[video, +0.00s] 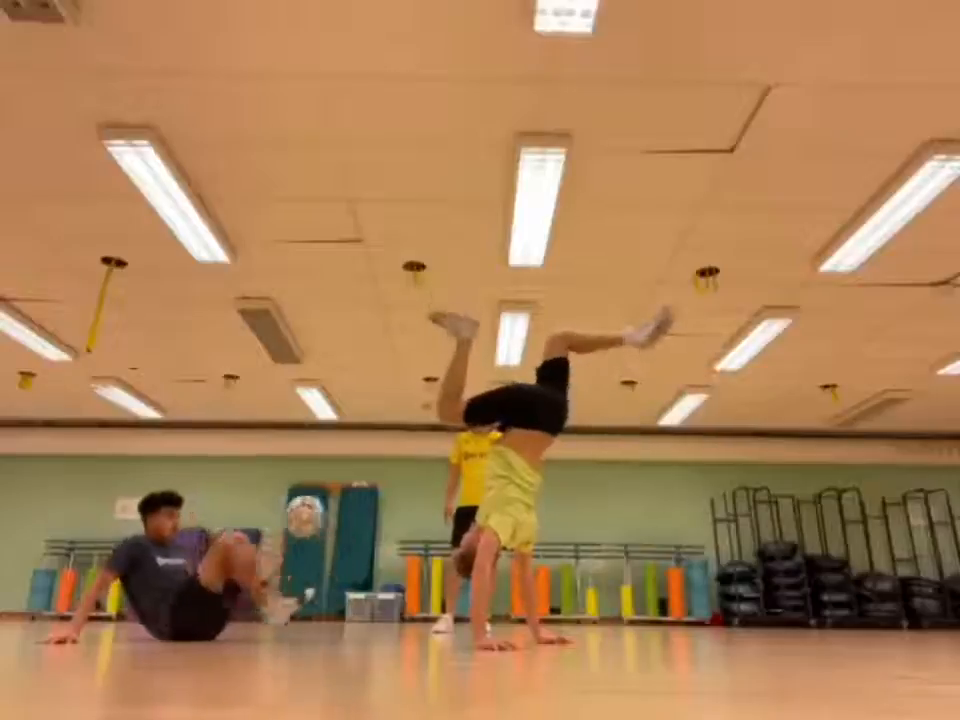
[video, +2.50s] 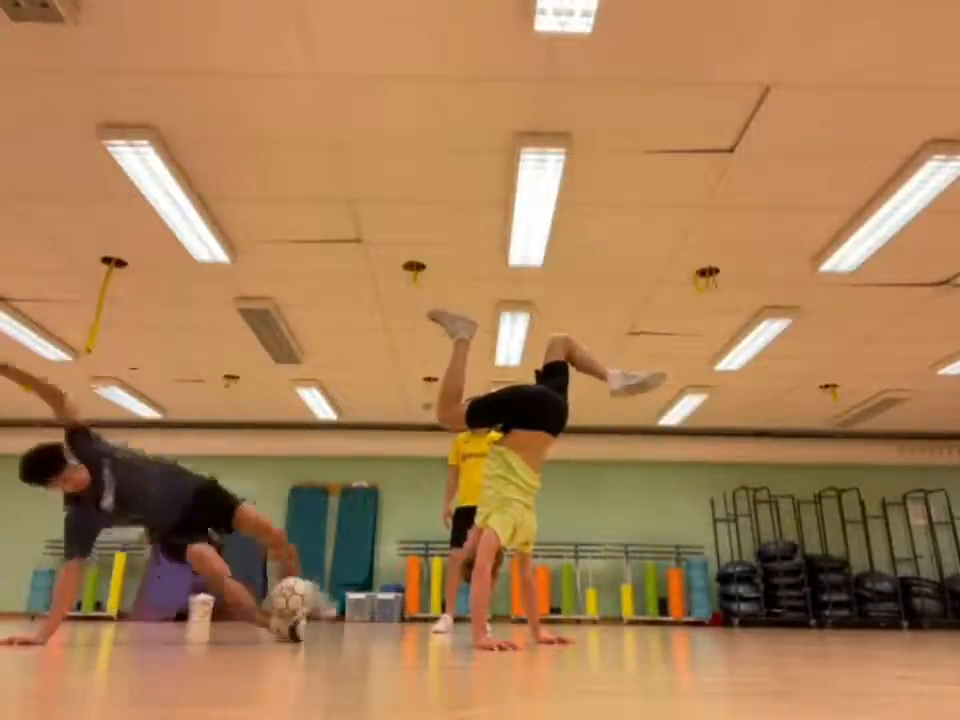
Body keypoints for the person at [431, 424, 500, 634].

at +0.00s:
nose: (478, 425)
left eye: (483, 420)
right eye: (474, 420)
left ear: (493, 418)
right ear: (468, 419)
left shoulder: (500, 439)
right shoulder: (463, 439)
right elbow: (454, 472)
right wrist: (449, 501)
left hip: (493, 504)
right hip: (467, 504)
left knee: (488, 564)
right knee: (456, 560)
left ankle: (484, 618)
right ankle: (449, 613)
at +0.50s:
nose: (479, 421)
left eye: (483, 415)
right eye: (475, 415)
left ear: (493, 417)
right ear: (468, 416)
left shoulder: (500, 440)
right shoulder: (462, 440)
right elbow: (454, 473)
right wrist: (449, 502)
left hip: (492, 504)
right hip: (466, 504)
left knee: (487, 564)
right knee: (457, 560)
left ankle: (484, 618)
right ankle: (449, 613)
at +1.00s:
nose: (477, 421)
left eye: (481, 415)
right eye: (473, 414)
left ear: (492, 416)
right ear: (466, 416)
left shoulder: (500, 439)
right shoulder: (463, 440)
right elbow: (454, 473)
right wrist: (449, 502)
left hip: (492, 504)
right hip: (466, 504)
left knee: (488, 564)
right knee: (457, 560)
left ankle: (483, 618)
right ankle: (449, 613)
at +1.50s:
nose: (477, 419)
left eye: (482, 413)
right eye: (474, 413)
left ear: (492, 415)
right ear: (467, 415)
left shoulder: (499, 439)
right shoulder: (463, 440)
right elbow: (454, 473)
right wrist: (449, 502)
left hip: (492, 504)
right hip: (466, 504)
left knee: (489, 564)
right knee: (457, 559)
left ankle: (483, 618)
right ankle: (449, 613)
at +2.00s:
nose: (476, 418)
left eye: (481, 412)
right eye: (473, 411)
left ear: (492, 415)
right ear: (467, 415)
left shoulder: (499, 439)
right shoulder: (462, 440)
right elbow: (454, 473)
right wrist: (448, 503)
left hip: (492, 504)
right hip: (466, 504)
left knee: (490, 564)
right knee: (456, 558)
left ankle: (483, 618)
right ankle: (449, 613)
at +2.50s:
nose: (476, 420)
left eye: (481, 414)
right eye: (472, 413)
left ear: (491, 415)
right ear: (466, 415)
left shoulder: (499, 438)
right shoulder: (462, 440)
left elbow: (506, 471)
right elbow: (453, 473)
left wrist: (502, 501)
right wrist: (448, 503)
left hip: (491, 504)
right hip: (465, 504)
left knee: (489, 563)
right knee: (456, 557)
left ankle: (483, 617)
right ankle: (448, 613)